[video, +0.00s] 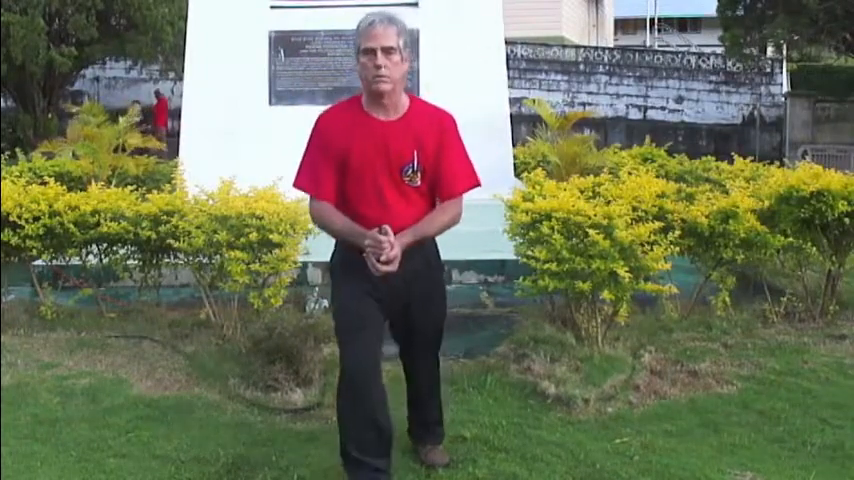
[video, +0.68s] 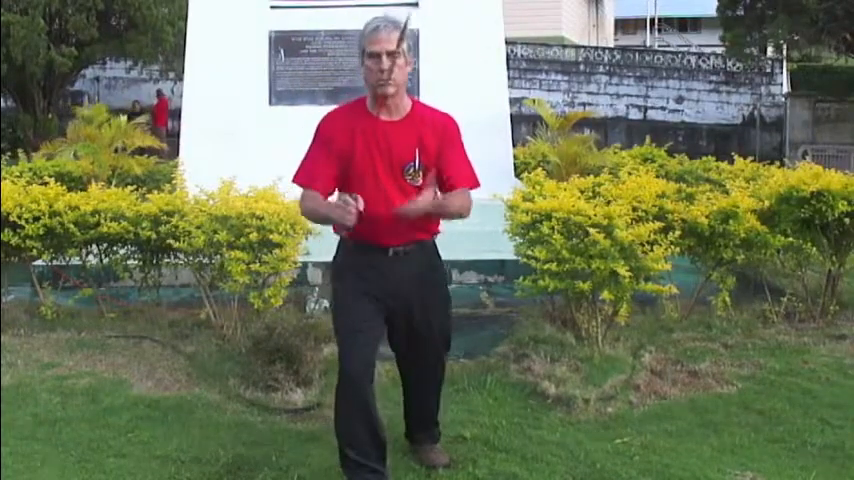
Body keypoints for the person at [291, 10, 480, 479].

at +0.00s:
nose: (378, 62)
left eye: (389, 53)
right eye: (368, 53)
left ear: (407, 62)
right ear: (357, 62)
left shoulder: (437, 123)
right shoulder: (333, 123)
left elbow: (452, 207)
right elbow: (320, 207)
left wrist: (404, 240)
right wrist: (364, 238)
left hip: (419, 261)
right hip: (355, 263)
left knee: (424, 357)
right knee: (358, 366)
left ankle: (429, 438)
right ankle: (367, 469)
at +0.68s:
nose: (383, 67)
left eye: (394, 57)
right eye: (373, 58)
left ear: (409, 63)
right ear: (361, 64)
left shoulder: (439, 125)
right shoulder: (338, 124)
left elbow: (464, 202)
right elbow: (308, 202)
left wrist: (435, 204)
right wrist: (333, 212)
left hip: (420, 264)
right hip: (358, 265)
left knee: (427, 360)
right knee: (354, 370)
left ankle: (425, 438)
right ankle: (365, 472)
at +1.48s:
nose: (394, 43)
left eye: (403, 35)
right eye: (385, 36)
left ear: (419, 45)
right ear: (373, 46)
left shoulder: (438, 104)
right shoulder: (349, 100)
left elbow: (480, 176)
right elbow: (292, 150)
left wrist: (465, 122)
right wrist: (306, 122)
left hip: (420, 236)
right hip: (362, 235)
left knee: (428, 343)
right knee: (345, 338)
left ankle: (426, 437)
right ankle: (334, 433)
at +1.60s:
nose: (380, 45)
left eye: (390, 37)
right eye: (372, 37)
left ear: (407, 47)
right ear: (361, 47)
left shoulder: (433, 106)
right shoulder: (338, 102)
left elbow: (471, 177)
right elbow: (295, 154)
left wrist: (441, 143)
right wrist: (279, 143)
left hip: (409, 239)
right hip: (351, 238)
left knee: (422, 345)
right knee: (338, 341)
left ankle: (426, 438)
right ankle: (334, 434)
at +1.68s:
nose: (375, 48)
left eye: (384, 40)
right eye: (366, 41)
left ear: (401, 50)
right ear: (355, 50)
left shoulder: (428, 109)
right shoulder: (333, 105)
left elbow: (475, 174)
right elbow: (299, 151)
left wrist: (446, 157)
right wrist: (258, 152)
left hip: (406, 241)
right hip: (347, 240)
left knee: (422, 343)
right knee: (335, 341)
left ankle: (427, 437)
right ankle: (333, 434)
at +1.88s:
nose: (365, 68)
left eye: (375, 60)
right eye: (357, 60)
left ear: (390, 68)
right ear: (347, 68)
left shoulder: (422, 125)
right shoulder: (326, 123)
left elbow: (482, 164)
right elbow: (285, 160)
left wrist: (532, 178)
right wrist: (235, 182)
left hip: (408, 252)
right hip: (346, 253)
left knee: (436, 343)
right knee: (332, 347)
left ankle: (446, 443)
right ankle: (334, 436)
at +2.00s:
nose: (376, 87)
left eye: (386, 79)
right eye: (367, 79)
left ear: (398, 89)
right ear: (354, 89)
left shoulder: (432, 143)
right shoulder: (330, 145)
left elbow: (502, 173)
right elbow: (286, 182)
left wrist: (563, 182)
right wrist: (237, 214)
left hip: (415, 265)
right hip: (352, 267)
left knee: (450, 352)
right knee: (331, 361)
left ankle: (487, 462)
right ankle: (333, 436)